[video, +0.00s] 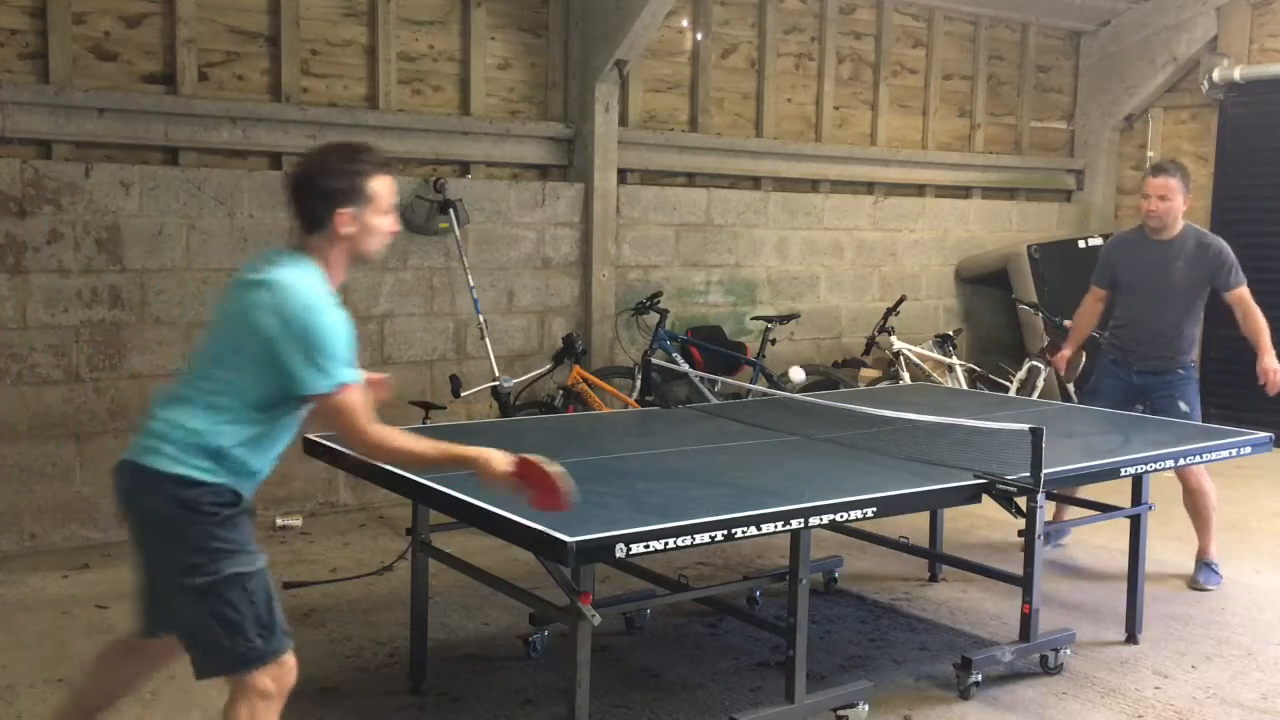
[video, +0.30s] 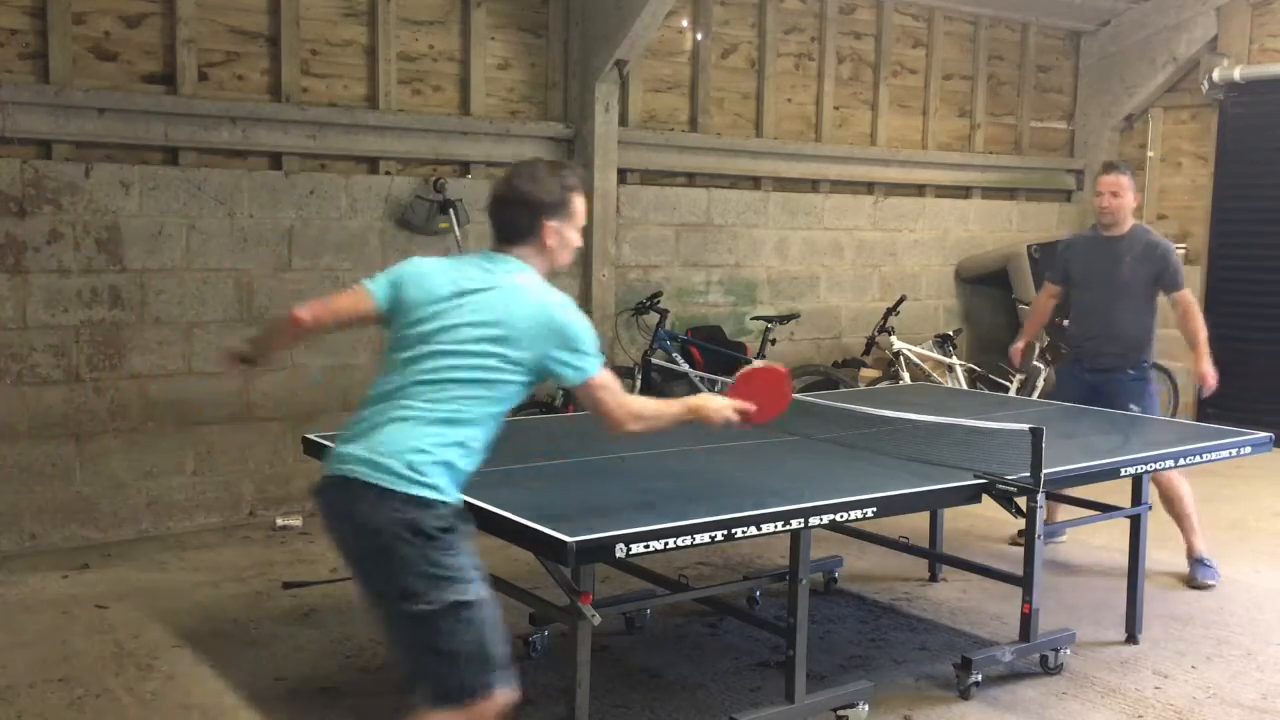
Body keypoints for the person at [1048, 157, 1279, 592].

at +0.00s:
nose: (1151, 205)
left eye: (1162, 198)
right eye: (1146, 196)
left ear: (1185, 202)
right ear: (1140, 198)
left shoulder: (1211, 251)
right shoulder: (1119, 247)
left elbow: (1243, 304)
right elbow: (1094, 300)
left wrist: (1266, 351)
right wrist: (1069, 347)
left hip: (1174, 376)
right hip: (1114, 369)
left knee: (1189, 468)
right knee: (1077, 445)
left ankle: (1207, 555)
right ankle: (1056, 522)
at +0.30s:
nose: (1105, 202)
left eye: (1115, 194)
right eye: (1099, 194)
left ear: (1134, 199)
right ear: (1092, 198)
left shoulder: (1156, 250)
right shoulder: (1071, 248)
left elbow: (1184, 305)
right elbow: (1048, 296)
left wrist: (1202, 358)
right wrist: (1024, 339)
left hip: (1130, 376)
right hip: (1074, 372)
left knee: (1157, 464)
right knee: (1057, 452)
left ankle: (1197, 552)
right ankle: (1051, 524)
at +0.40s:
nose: (1081, 201)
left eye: (1091, 193)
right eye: (1076, 193)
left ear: (1113, 197)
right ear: (1070, 198)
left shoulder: (1136, 246)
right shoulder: (1054, 249)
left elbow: (1161, 303)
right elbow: (1029, 298)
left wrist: (1170, 364)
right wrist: (1004, 334)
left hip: (1118, 372)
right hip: (1065, 370)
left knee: (1133, 455)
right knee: (1050, 448)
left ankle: (1164, 541)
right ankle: (1049, 523)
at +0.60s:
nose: (1037, 215)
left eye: (1045, 206)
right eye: (1034, 207)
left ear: (1072, 206)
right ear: (1035, 210)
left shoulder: (1105, 257)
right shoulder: (1031, 259)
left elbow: (1136, 319)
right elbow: (1013, 313)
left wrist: (1119, 373)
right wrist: (959, 339)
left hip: (1090, 381)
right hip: (1039, 376)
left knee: (1109, 468)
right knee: (1004, 435)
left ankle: (1127, 548)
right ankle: (1013, 510)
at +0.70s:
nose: (1001, 224)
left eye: (1008, 215)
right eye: (1000, 216)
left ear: (1038, 215)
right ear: (1016, 219)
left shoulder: (1074, 261)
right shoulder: (1007, 267)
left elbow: (1102, 319)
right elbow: (995, 319)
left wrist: (1080, 349)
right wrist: (948, 345)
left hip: (1071, 384)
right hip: (1021, 379)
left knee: (1093, 462)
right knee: (966, 429)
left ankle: (1125, 548)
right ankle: (929, 506)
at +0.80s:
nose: (958, 227)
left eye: (964, 218)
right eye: (956, 219)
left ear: (994, 217)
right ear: (973, 222)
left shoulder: (1031, 257)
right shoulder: (968, 270)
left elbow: (1071, 301)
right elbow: (954, 326)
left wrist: (1059, 321)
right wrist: (902, 346)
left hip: (1043, 385)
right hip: (990, 384)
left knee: (1081, 464)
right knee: (939, 441)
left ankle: (1123, 547)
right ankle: (890, 505)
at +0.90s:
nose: (910, 235)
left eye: (916, 226)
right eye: (909, 227)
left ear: (942, 225)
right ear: (925, 228)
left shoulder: (977, 262)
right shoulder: (923, 282)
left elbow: (1031, 287)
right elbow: (888, 335)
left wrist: (1040, 303)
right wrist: (834, 345)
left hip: (1007, 380)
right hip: (961, 383)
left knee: (1055, 459)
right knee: (913, 437)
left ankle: (1112, 544)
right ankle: (881, 512)